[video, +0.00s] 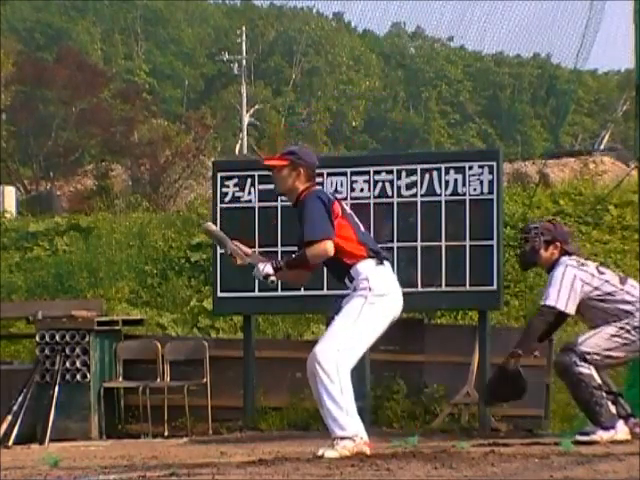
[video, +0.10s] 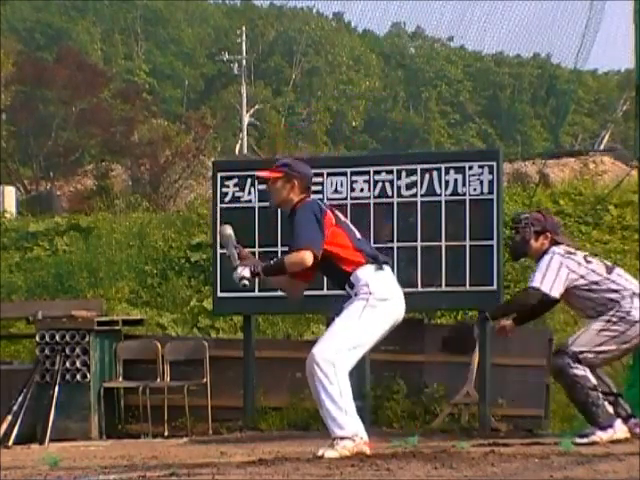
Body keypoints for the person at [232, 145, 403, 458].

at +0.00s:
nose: (274, 176)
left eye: (279, 170)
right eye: (274, 171)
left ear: (298, 172)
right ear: (299, 174)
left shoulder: (313, 199)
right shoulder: (313, 204)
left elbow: (323, 249)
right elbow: (300, 278)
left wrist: (282, 265)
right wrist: (265, 267)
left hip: (374, 288)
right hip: (369, 290)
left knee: (325, 358)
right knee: (322, 361)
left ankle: (351, 438)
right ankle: (351, 436)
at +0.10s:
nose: (268, 188)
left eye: (273, 182)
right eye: (269, 182)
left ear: (293, 185)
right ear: (295, 186)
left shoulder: (307, 210)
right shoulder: (313, 213)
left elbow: (305, 257)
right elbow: (295, 287)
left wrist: (260, 267)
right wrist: (258, 271)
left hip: (376, 292)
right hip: (376, 293)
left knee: (324, 358)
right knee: (321, 360)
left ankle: (350, 437)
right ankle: (351, 436)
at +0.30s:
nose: (261, 206)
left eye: (265, 199)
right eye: (261, 200)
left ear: (285, 201)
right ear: (286, 202)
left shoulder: (299, 225)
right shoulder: (309, 233)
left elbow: (254, 269)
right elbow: (279, 300)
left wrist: (218, 262)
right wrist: (264, 263)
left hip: (376, 299)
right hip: (374, 301)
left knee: (322, 360)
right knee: (316, 364)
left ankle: (350, 437)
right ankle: (350, 437)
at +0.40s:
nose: (260, 207)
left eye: (265, 201)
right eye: (261, 202)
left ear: (284, 203)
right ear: (284, 205)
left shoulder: (297, 227)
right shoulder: (310, 234)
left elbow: (244, 269)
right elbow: (275, 300)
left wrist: (214, 258)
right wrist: (264, 260)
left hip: (374, 300)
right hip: (369, 303)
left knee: (320, 361)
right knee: (312, 366)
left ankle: (351, 436)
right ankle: (349, 436)